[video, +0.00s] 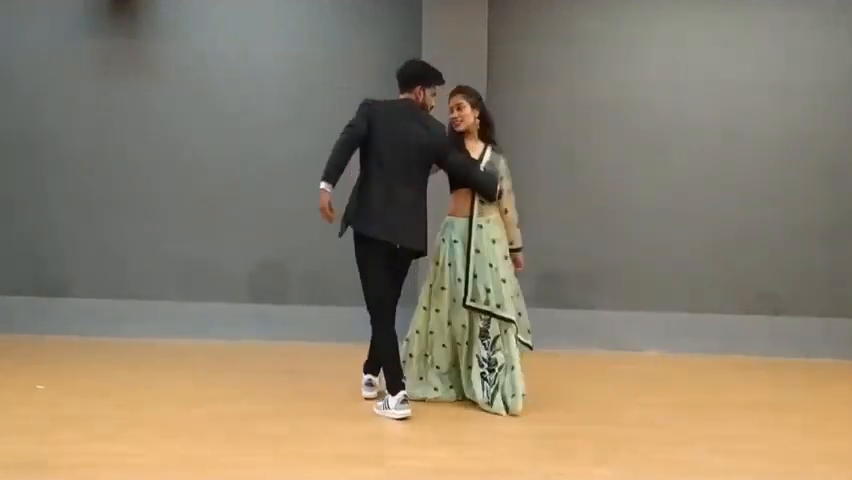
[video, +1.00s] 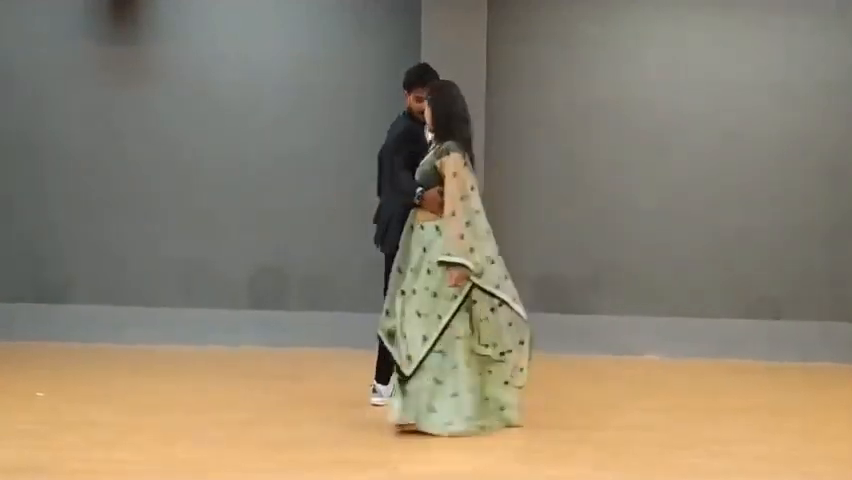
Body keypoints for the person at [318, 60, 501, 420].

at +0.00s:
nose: (435, 100)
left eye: (435, 93)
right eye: (433, 93)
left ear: (402, 90)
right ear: (421, 91)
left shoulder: (371, 110)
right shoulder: (432, 129)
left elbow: (347, 141)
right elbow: (462, 168)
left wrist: (326, 185)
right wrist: (493, 188)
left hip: (369, 224)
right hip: (408, 231)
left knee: (382, 310)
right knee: (384, 308)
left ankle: (397, 394)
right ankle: (370, 374)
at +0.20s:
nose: (438, 100)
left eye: (438, 94)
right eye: (435, 94)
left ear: (408, 92)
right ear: (417, 92)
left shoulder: (369, 113)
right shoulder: (430, 131)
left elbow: (339, 143)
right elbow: (456, 170)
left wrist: (320, 186)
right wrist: (494, 188)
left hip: (363, 225)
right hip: (402, 232)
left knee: (373, 305)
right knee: (392, 306)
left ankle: (384, 385)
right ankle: (383, 381)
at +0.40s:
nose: (439, 100)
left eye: (440, 93)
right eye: (435, 93)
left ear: (410, 92)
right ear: (415, 91)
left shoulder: (372, 114)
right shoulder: (426, 129)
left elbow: (340, 144)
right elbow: (443, 169)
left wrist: (325, 187)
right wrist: (485, 191)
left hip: (362, 225)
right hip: (399, 232)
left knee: (366, 302)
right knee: (391, 306)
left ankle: (368, 374)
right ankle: (383, 378)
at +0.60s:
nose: (438, 102)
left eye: (439, 95)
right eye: (433, 95)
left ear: (414, 93)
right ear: (413, 91)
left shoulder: (379, 115)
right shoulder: (422, 130)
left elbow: (351, 148)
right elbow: (433, 173)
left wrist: (342, 190)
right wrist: (468, 190)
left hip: (370, 223)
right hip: (401, 230)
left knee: (370, 298)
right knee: (392, 305)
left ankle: (348, 358)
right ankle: (383, 379)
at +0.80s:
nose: (432, 101)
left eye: (434, 94)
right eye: (426, 95)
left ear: (432, 91)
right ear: (410, 92)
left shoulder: (390, 118)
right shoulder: (415, 128)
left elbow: (366, 151)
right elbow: (417, 170)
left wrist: (363, 189)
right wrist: (445, 192)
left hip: (379, 220)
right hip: (401, 226)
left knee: (391, 297)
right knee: (394, 301)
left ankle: (373, 367)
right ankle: (383, 380)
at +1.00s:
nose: (423, 105)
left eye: (428, 97)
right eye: (417, 98)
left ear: (435, 96)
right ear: (406, 97)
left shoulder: (434, 129)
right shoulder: (402, 130)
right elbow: (393, 174)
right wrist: (421, 194)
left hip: (423, 229)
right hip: (400, 230)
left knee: (421, 307)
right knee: (397, 305)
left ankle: (415, 383)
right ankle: (383, 381)